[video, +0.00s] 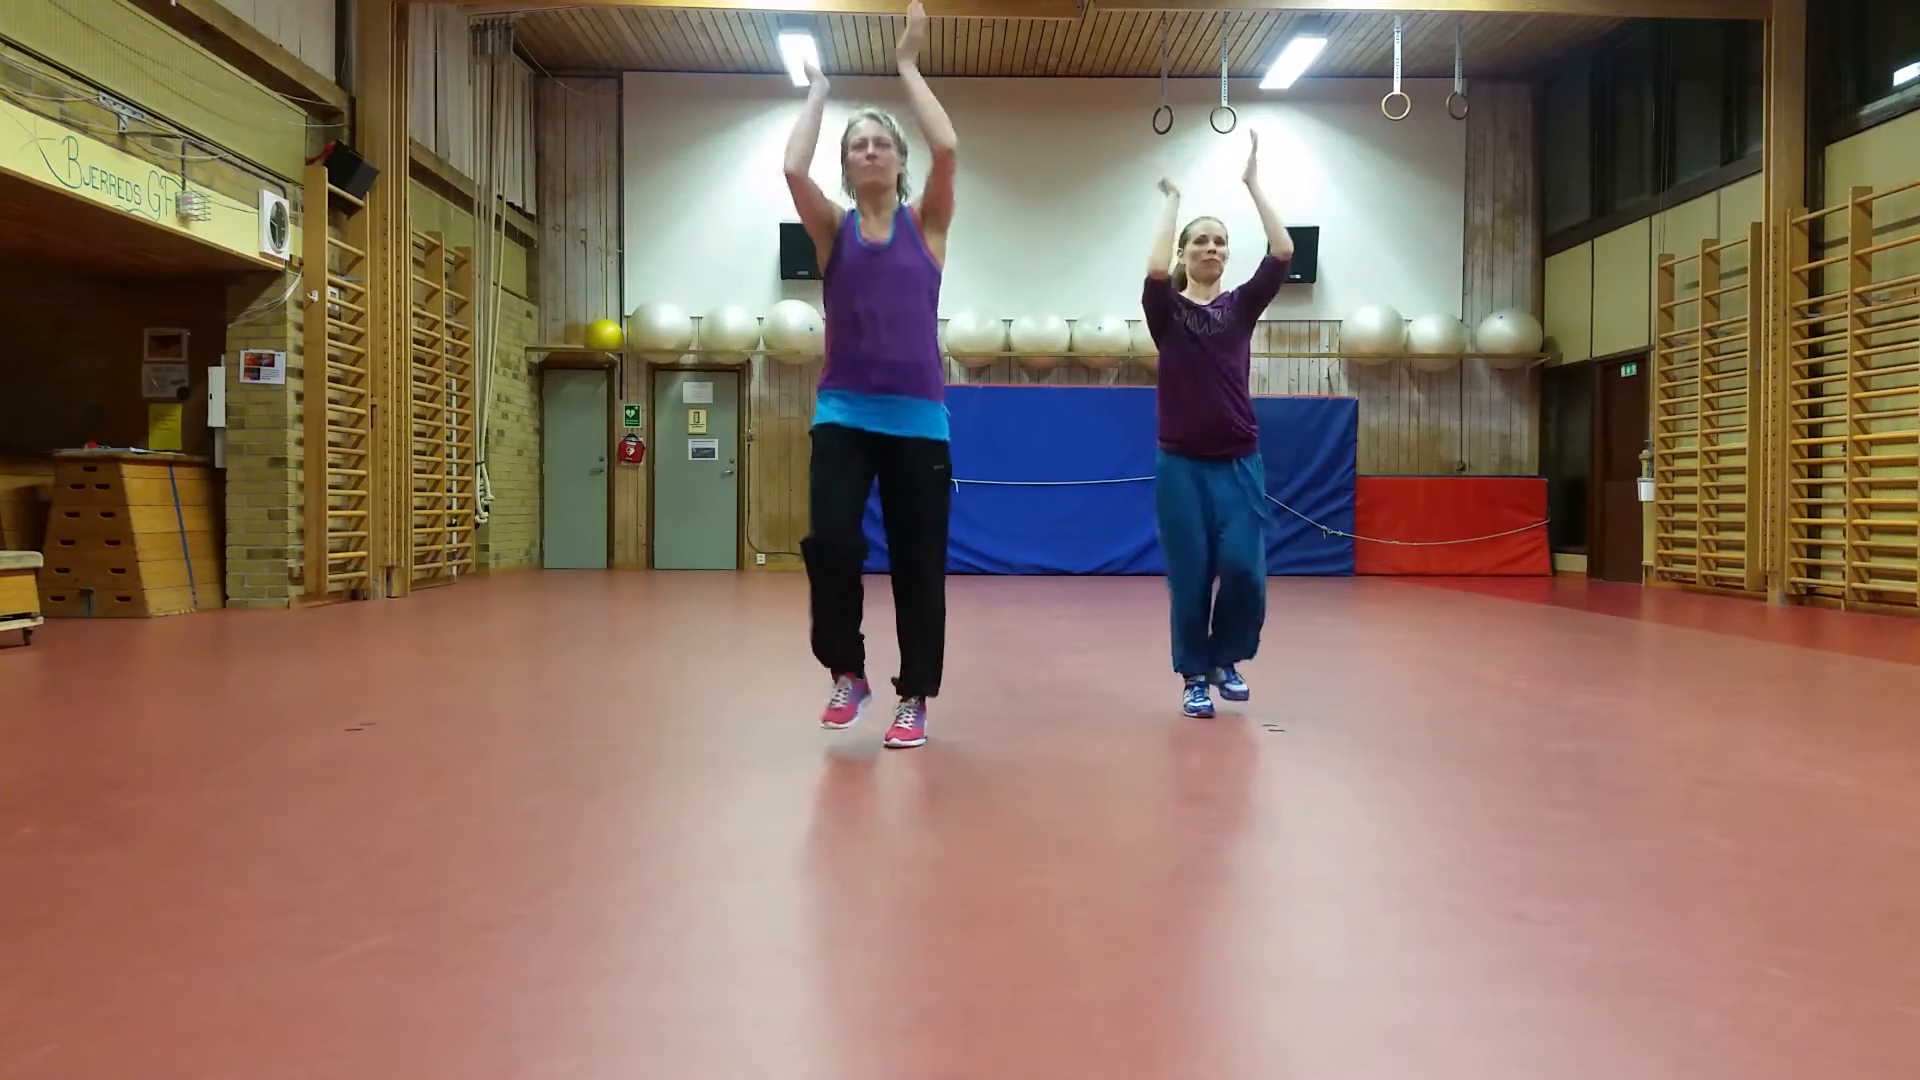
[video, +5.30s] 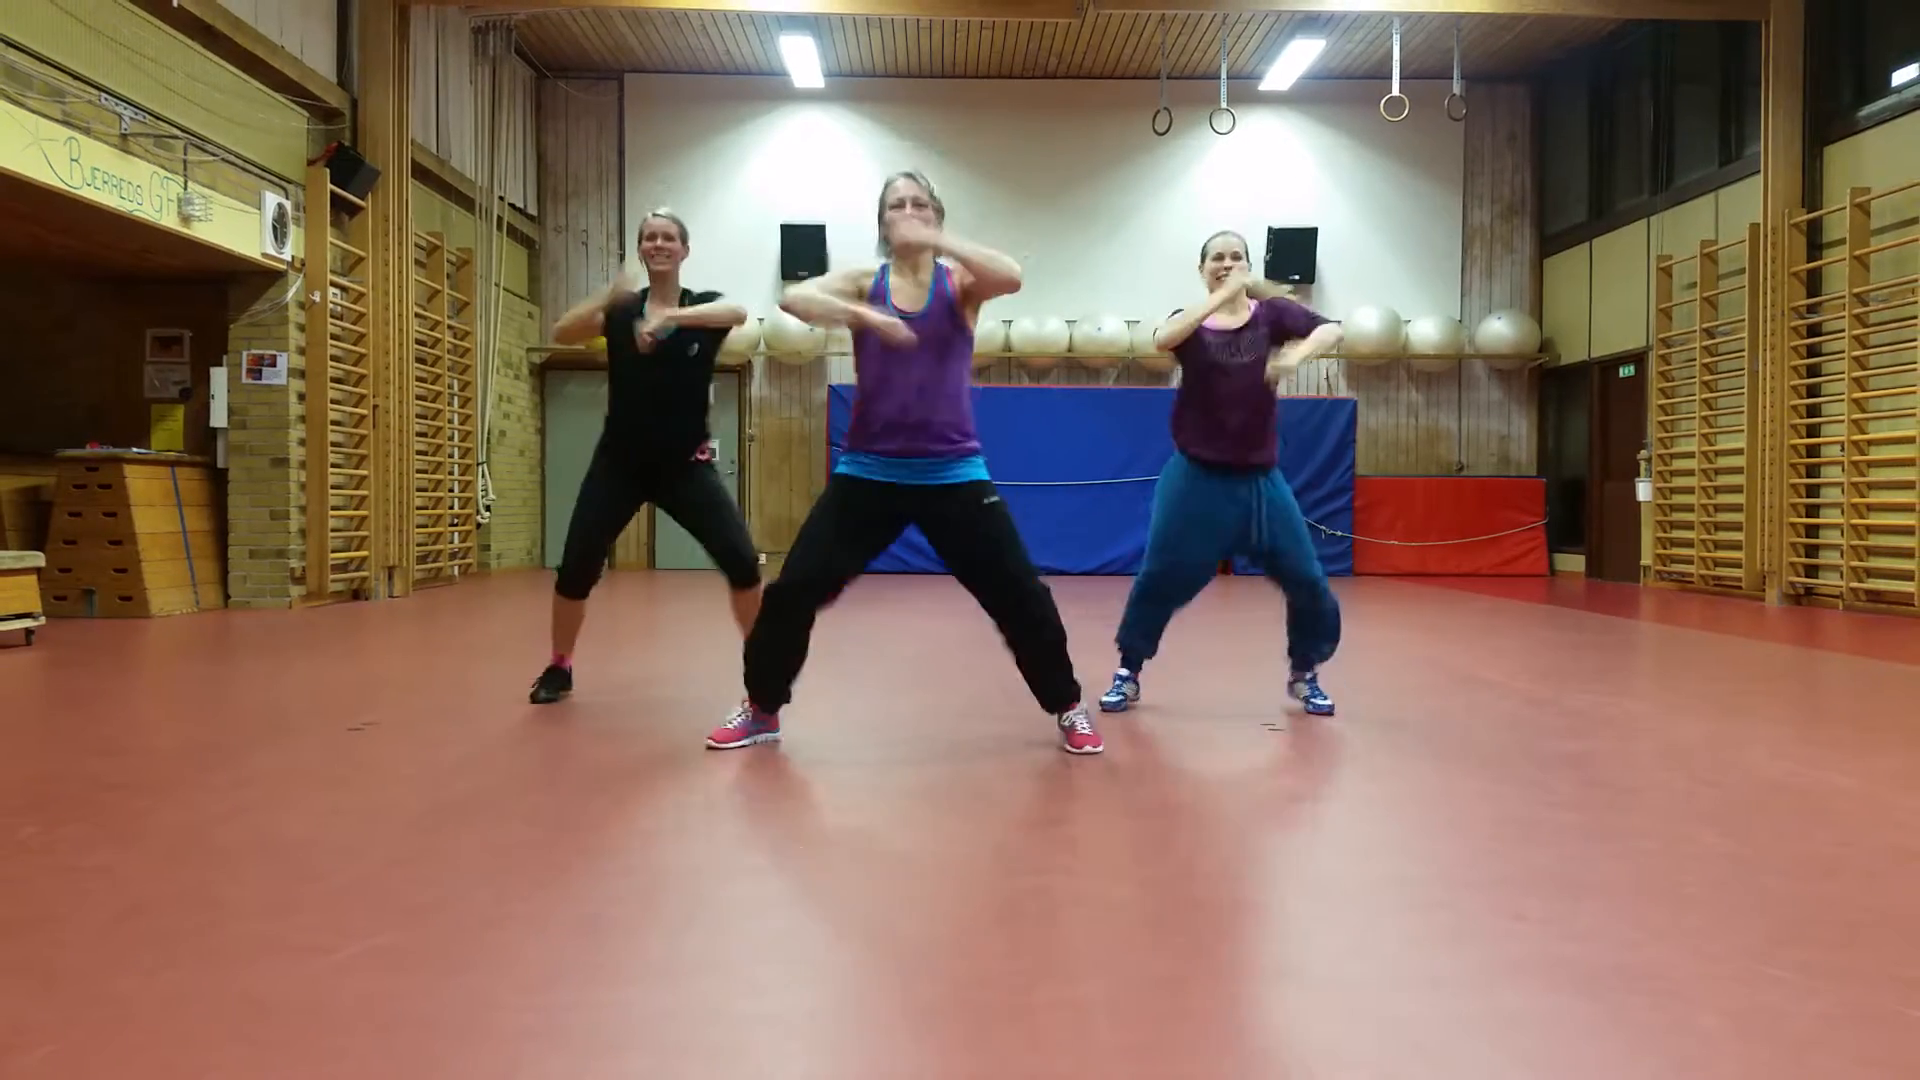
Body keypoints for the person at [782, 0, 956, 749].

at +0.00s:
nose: (870, 151)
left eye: (881, 144)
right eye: (858, 146)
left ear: (901, 161)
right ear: (844, 164)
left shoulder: (926, 225)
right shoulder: (834, 228)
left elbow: (946, 146)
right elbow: (795, 171)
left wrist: (907, 67)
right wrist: (817, 90)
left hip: (917, 415)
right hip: (842, 412)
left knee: (917, 561)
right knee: (830, 545)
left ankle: (915, 698)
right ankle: (846, 677)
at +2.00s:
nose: (889, 151)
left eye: (900, 143)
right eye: (878, 144)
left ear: (919, 160)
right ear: (861, 160)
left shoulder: (940, 222)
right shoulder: (847, 226)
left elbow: (977, 157)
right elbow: (821, 169)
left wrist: (946, 67)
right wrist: (836, 90)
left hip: (934, 413)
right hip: (860, 415)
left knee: (947, 550)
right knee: (860, 558)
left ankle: (930, 682)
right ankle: (868, 697)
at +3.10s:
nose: (890, 157)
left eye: (902, 149)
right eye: (879, 150)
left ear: (922, 168)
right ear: (865, 170)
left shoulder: (948, 234)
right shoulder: (846, 238)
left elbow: (1015, 236)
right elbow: (772, 266)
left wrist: (947, 180)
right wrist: (807, 196)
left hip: (939, 426)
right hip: (863, 424)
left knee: (943, 573)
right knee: (831, 560)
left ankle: (939, 708)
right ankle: (861, 693)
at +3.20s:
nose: (885, 144)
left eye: (897, 136)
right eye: (874, 136)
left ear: (918, 154)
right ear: (860, 156)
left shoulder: (947, 219)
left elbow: (1020, 269)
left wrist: (982, 240)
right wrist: (777, 251)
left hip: (934, 413)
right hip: (858, 409)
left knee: (933, 565)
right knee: (832, 551)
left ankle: (935, 703)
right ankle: (844, 689)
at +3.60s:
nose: (890, 163)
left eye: (901, 154)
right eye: (879, 156)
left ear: (923, 168)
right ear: (864, 173)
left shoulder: (948, 229)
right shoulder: (843, 235)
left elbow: (997, 260)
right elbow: (771, 259)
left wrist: (924, 226)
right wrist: (849, 282)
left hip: (946, 423)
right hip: (864, 424)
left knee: (1004, 551)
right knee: (790, 539)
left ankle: (1043, 683)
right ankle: (775, 678)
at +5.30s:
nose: (910, 211)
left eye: (920, 205)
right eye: (898, 205)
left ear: (937, 224)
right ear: (881, 225)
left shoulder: (958, 283)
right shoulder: (861, 281)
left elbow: (1010, 278)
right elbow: (793, 298)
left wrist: (943, 241)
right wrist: (867, 315)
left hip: (954, 473)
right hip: (869, 473)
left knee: (1019, 592)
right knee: (795, 588)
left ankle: (1070, 708)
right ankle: (761, 712)